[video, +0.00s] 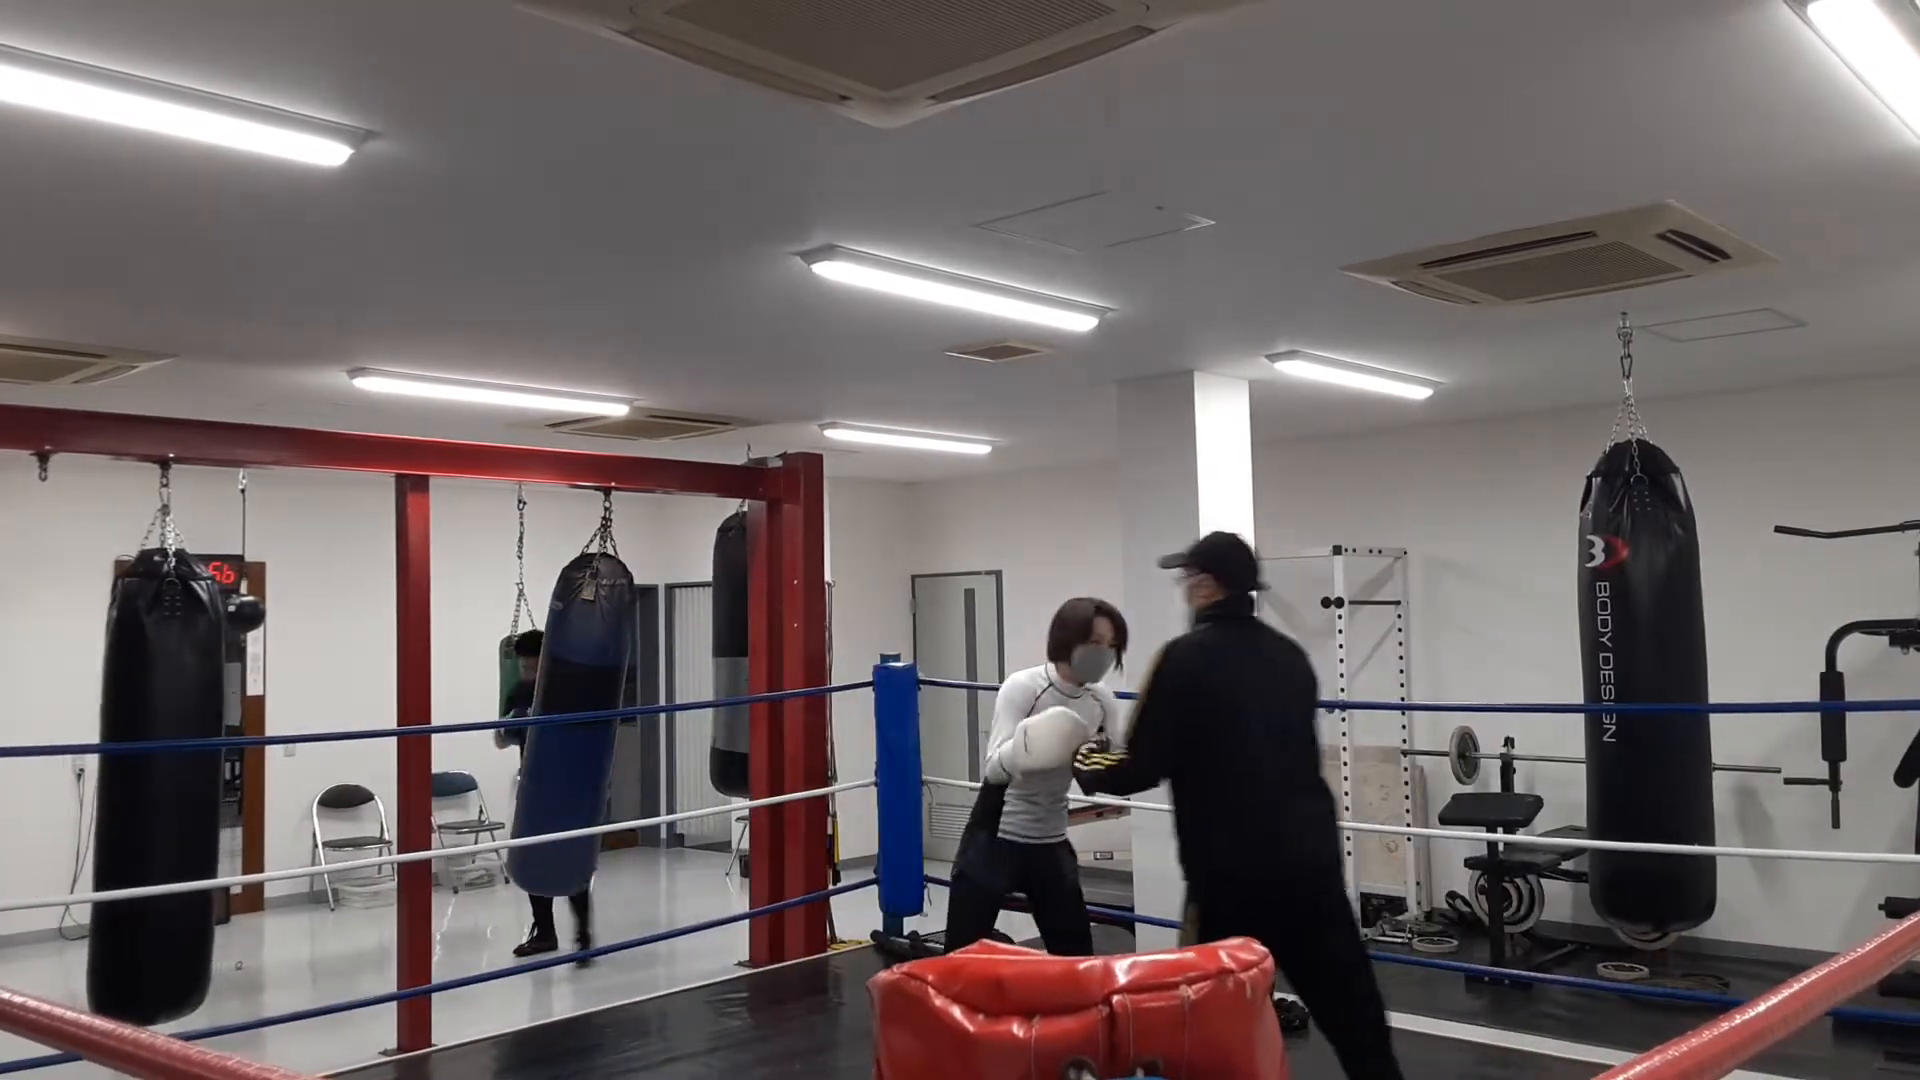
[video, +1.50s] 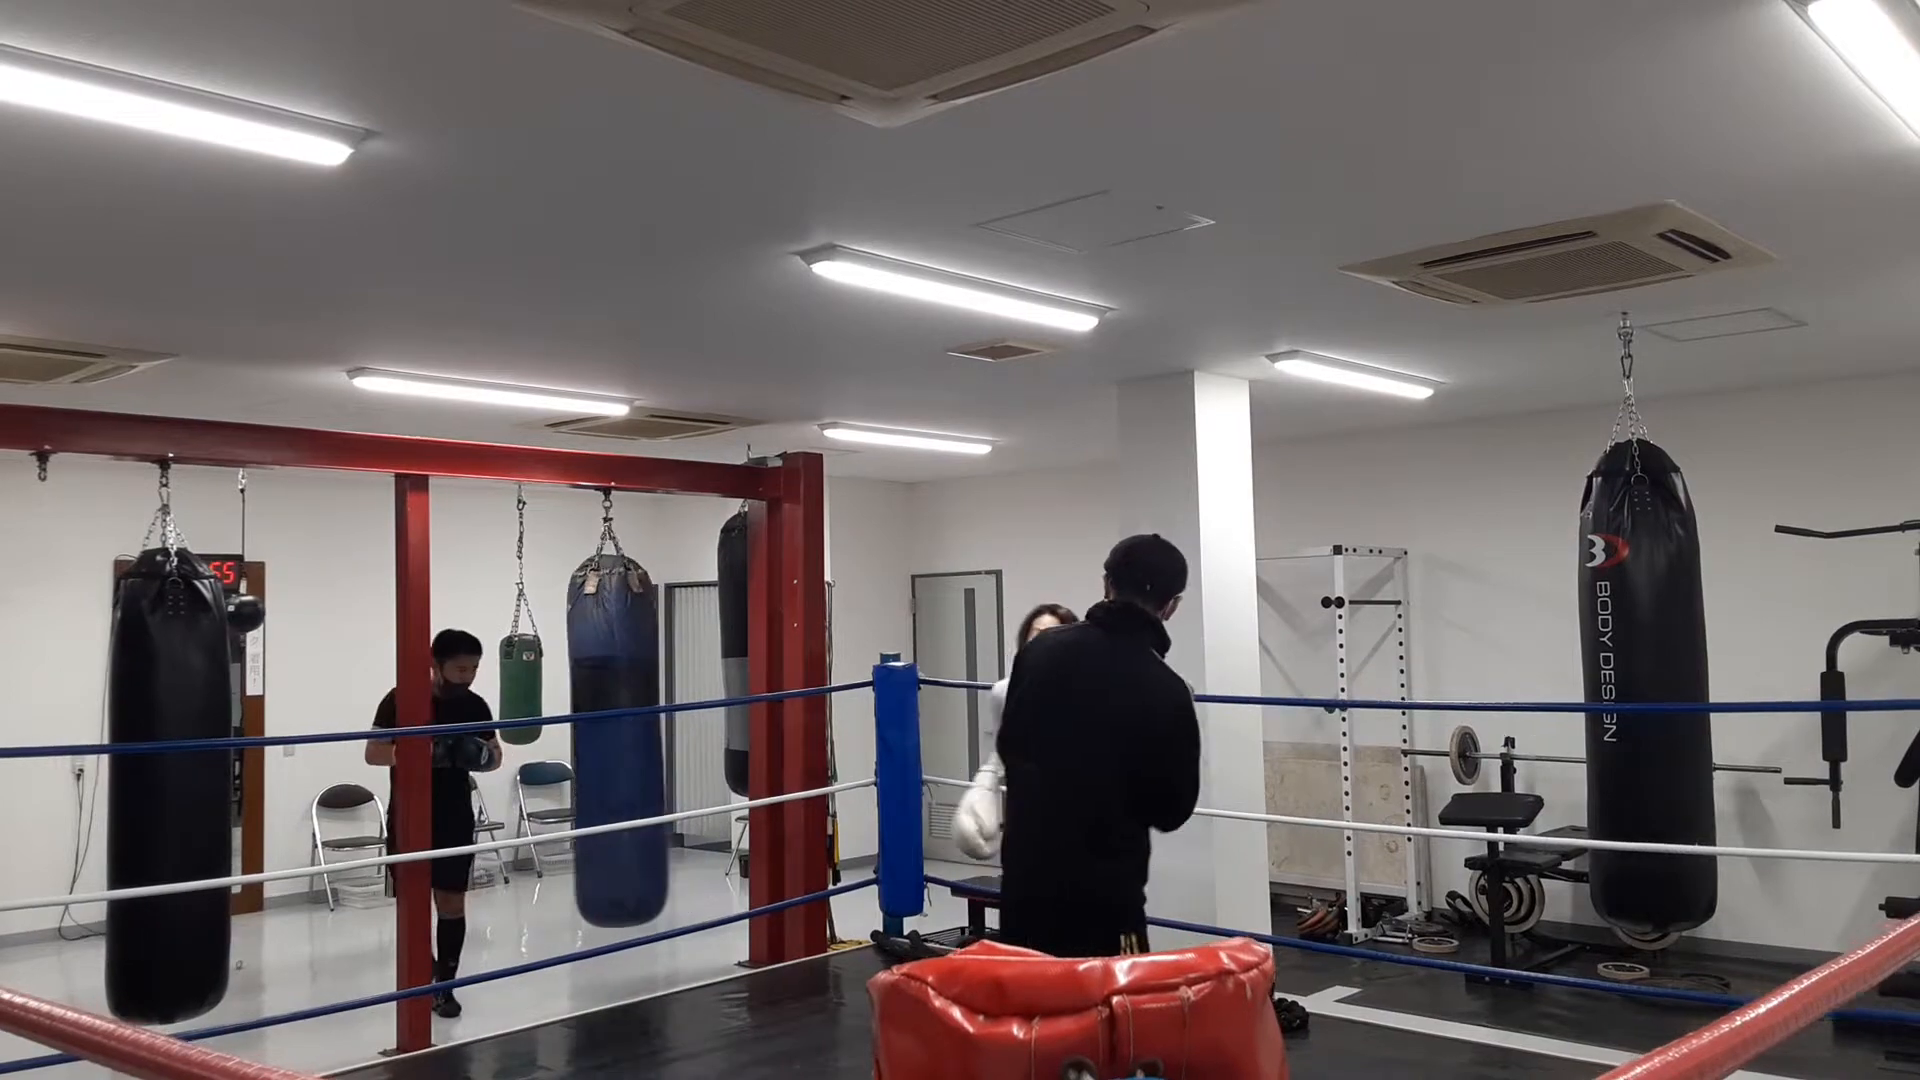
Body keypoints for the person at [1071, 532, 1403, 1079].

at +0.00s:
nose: (1183, 589)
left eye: (1188, 579)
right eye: (1185, 579)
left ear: (1209, 585)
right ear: (1243, 587)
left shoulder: (1184, 658)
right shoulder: (1290, 654)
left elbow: (1145, 768)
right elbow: (1292, 752)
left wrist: (1089, 773)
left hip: (1225, 866)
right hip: (1307, 860)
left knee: (1213, 1014)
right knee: (1353, 1013)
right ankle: (1381, 1074)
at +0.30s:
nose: (1115, 595)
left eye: (1115, 586)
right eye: (1115, 586)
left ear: (1126, 588)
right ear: (1178, 580)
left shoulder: (1106, 662)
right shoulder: (1236, 645)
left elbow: (1087, 775)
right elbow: (1282, 748)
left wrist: (1140, 795)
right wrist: (1224, 752)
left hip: (1159, 861)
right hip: (1246, 855)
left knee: (1172, 998)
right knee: (1257, 997)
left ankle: (1180, 1076)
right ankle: (1260, 1070)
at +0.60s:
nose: (1108, 599)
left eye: (1107, 592)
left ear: (1114, 593)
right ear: (1171, 579)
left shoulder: (1091, 664)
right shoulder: (1222, 653)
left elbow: (1065, 768)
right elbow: (1268, 763)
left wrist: (1060, 717)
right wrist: (1207, 730)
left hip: (1134, 869)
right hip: (1215, 866)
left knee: (1146, 998)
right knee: (1214, 1000)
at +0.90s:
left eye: (1119, 578)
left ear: (1123, 581)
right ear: (1188, 585)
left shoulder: (1081, 652)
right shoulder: (1207, 663)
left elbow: (1042, 751)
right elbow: (1234, 786)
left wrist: (1102, 728)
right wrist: (1180, 744)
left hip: (1100, 868)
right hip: (1178, 871)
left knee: (1121, 1002)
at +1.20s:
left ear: (1120, 577)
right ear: (1185, 592)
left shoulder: (1065, 645)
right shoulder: (1192, 679)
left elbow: (1028, 736)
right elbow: (1205, 793)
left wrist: (1086, 730)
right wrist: (1146, 760)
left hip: (1065, 861)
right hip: (1145, 869)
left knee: (1082, 996)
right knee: (1142, 1003)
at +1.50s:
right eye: (1176, 603)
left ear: (1107, 585)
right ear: (1170, 606)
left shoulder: (1041, 650)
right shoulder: (1167, 690)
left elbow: (1010, 746)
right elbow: (1171, 811)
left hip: (1030, 868)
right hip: (1110, 881)